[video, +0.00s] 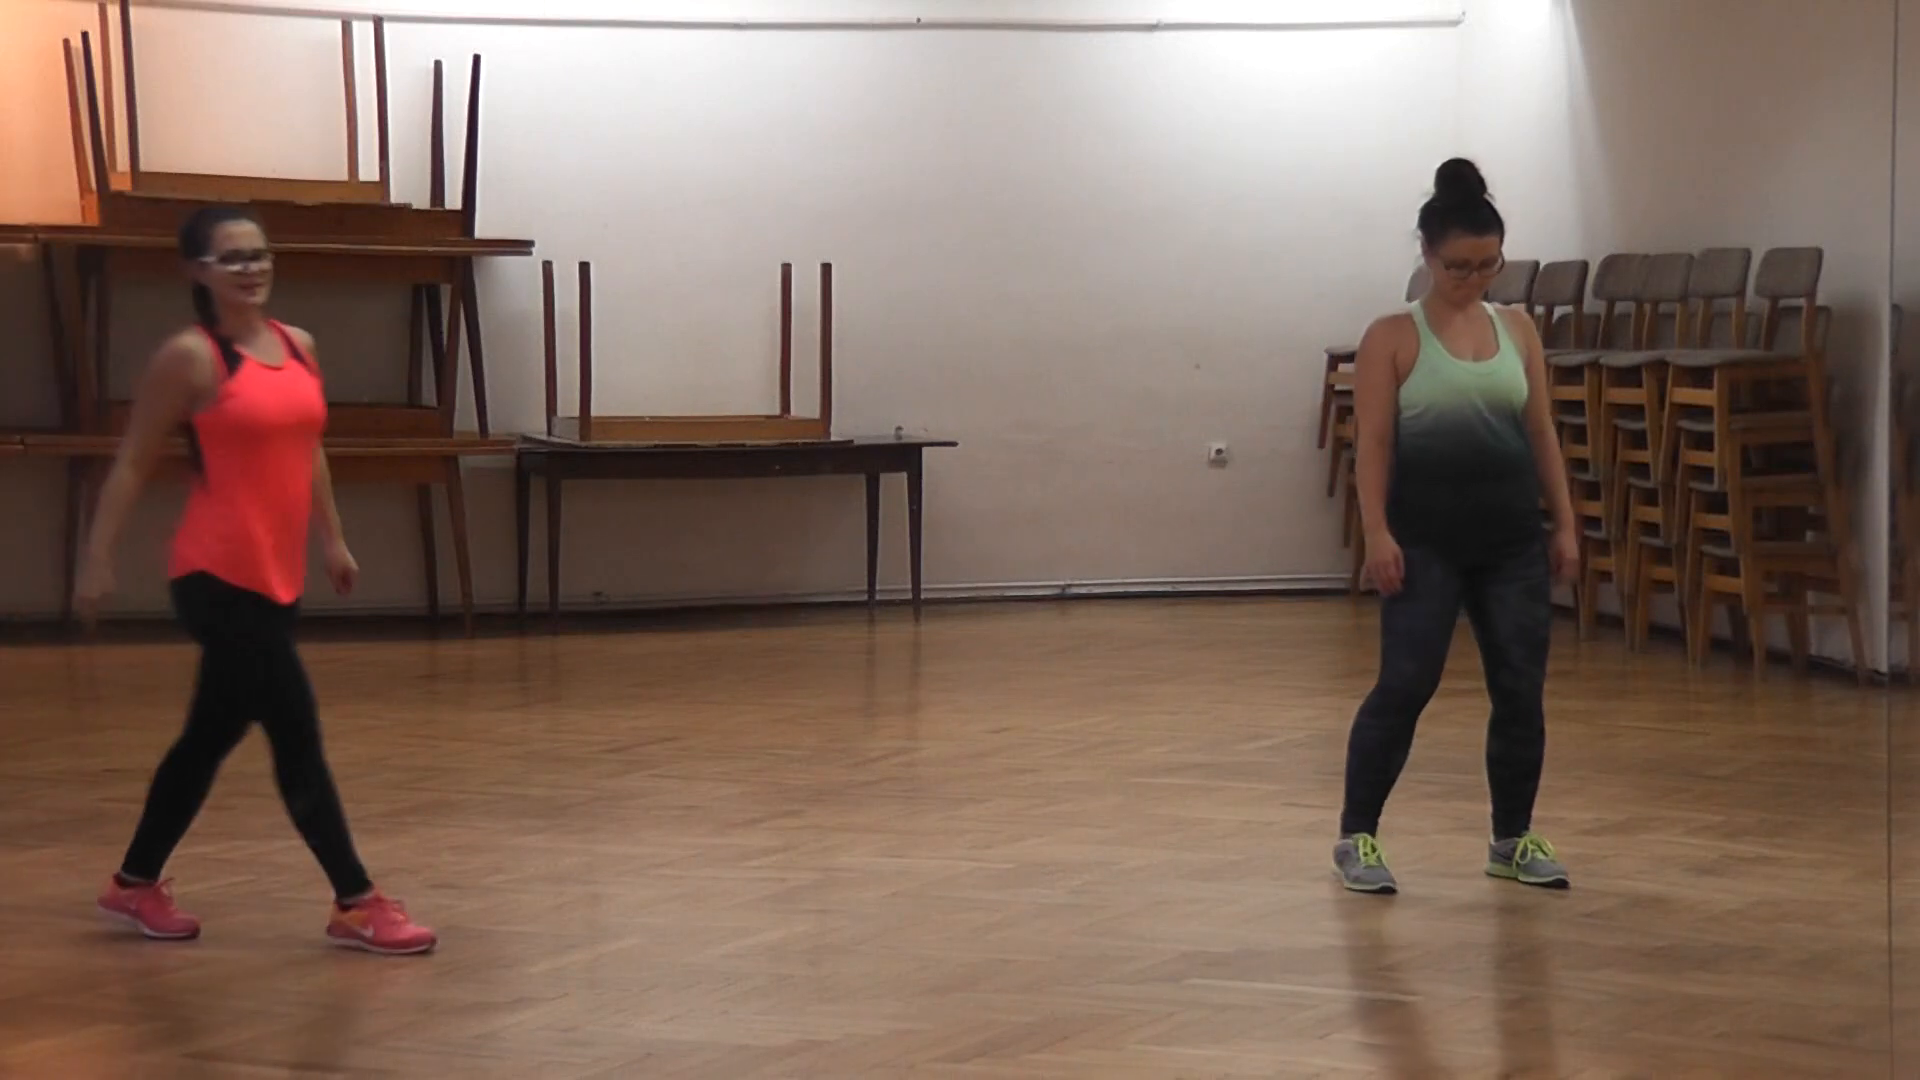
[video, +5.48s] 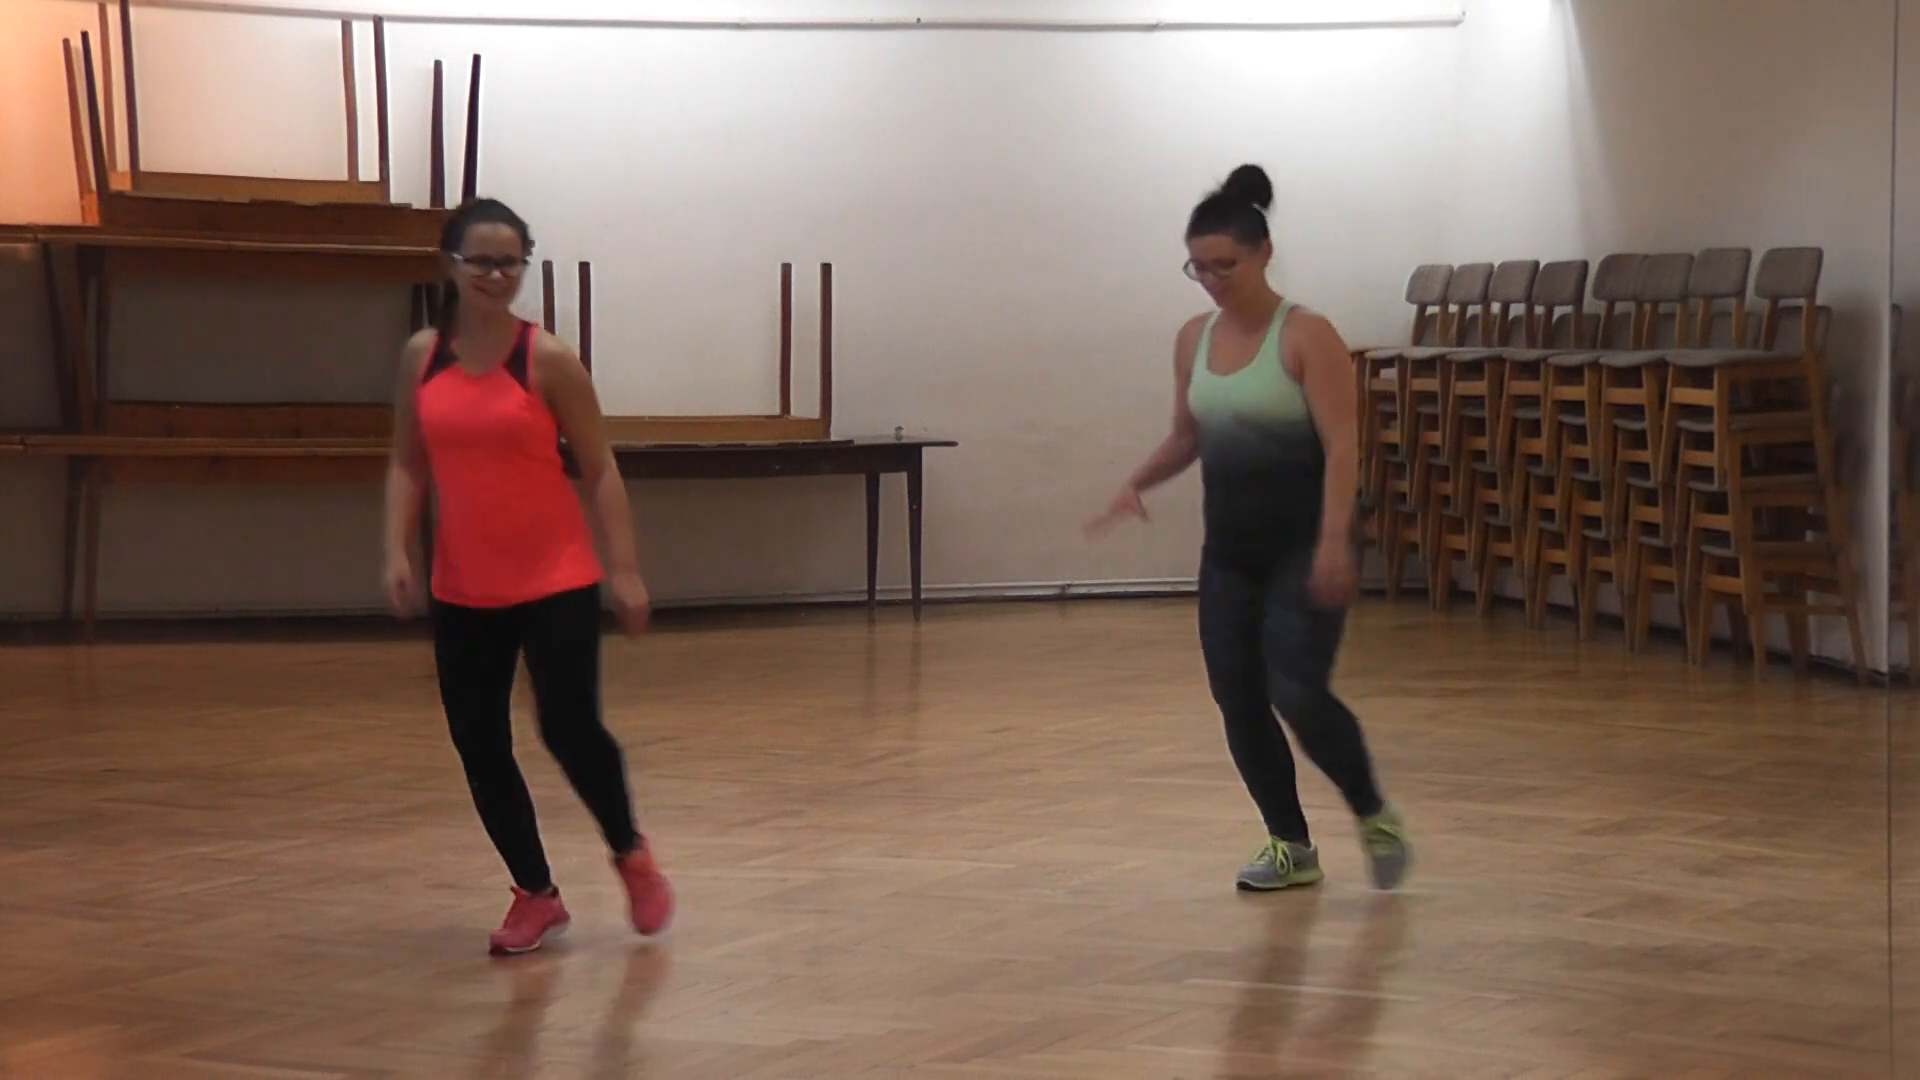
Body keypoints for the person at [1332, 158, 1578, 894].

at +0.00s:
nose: (1473, 279)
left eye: (1486, 265)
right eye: (1458, 267)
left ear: (1501, 252)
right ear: (1427, 254)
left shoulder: (1518, 330)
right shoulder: (1392, 337)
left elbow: (1543, 434)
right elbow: (1372, 445)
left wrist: (1566, 522)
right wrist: (1376, 534)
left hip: (1513, 545)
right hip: (1423, 547)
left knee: (1521, 695)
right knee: (1404, 689)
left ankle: (1512, 839)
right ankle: (1357, 836)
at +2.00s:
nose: (1447, 249)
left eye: (1456, 236)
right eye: (1429, 239)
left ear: (1466, 242)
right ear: (1393, 250)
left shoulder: (1488, 331)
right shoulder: (1367, 339)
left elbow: (1513, 434)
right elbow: (1351, 449)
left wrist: (1544, 522)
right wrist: (1368, 540)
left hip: (1484, 549)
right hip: (1398, 548)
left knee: (1499, 700)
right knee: (1361, 695)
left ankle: (1513, 843)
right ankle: (1311, 840)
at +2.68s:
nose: (1360, 246)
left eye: (1369, 233)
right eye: (1342, 235)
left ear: (1378, 240)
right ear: (1305, 245)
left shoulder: (1393, 332)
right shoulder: (1282, 333)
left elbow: (1410, 436)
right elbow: (1265, 446)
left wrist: (1434, 527)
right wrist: (1289, 538)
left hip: (1384, 544)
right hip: (1301, 543)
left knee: (1399, 695)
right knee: (1277, 692)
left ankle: (1421, 843)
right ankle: (1220, 848)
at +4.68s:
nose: (1302, 238)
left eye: (1304, 224)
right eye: (1282, 236)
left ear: (1317, 228)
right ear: (1255, 257)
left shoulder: (1364, 325)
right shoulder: (1233, 330)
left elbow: (1398, 427)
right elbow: (1207, 430)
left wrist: (1429, 506)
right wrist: (1192, 510)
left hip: (1353, 542)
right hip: (1262, 541)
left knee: (1358, 696)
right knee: (1236, 691)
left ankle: (1359, 846)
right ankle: (1193, 844)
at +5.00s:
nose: (1275, 274)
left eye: (1283, 255)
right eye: (1260, 267)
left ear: (1321, 236)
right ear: (1253, 269)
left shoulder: (1385, 322)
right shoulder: (1260, 336)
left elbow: (1420, 425)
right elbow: (1243, 434)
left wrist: (1372, 482)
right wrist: (1184, 499)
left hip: (1374, 541)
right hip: (1285, 542)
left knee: (1364, 698)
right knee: (1259, 691)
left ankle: (1362, 848)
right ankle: (1223, 847)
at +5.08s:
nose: (1270, 269)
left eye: (1278, 250)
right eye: (1256, 260)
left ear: (1318, 231)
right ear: (1251, 262)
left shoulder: (1381, 317)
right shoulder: (1263, 327)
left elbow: (1400, 416)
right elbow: (1257, 417)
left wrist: (1322, 451)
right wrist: (1193, 476)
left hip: (1375, 530)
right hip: (1288, 529)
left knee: (1368, 691)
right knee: (1262, 684)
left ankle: (1369, 842)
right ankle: (1233, 840)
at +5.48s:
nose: (1211, 280)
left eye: (1223, 265)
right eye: (1200, 268)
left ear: (1263, 254)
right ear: (1191, 264)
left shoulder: (1309, 338)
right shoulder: (1196, 340)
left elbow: (1344, 447)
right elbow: (1187, 437)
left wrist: (1334, 540)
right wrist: (1137, 481)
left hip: (1305, 552)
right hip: (1229, 553)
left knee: (1296, 690)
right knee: (1239, 700)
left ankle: (1372, 814)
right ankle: (1291, 845)